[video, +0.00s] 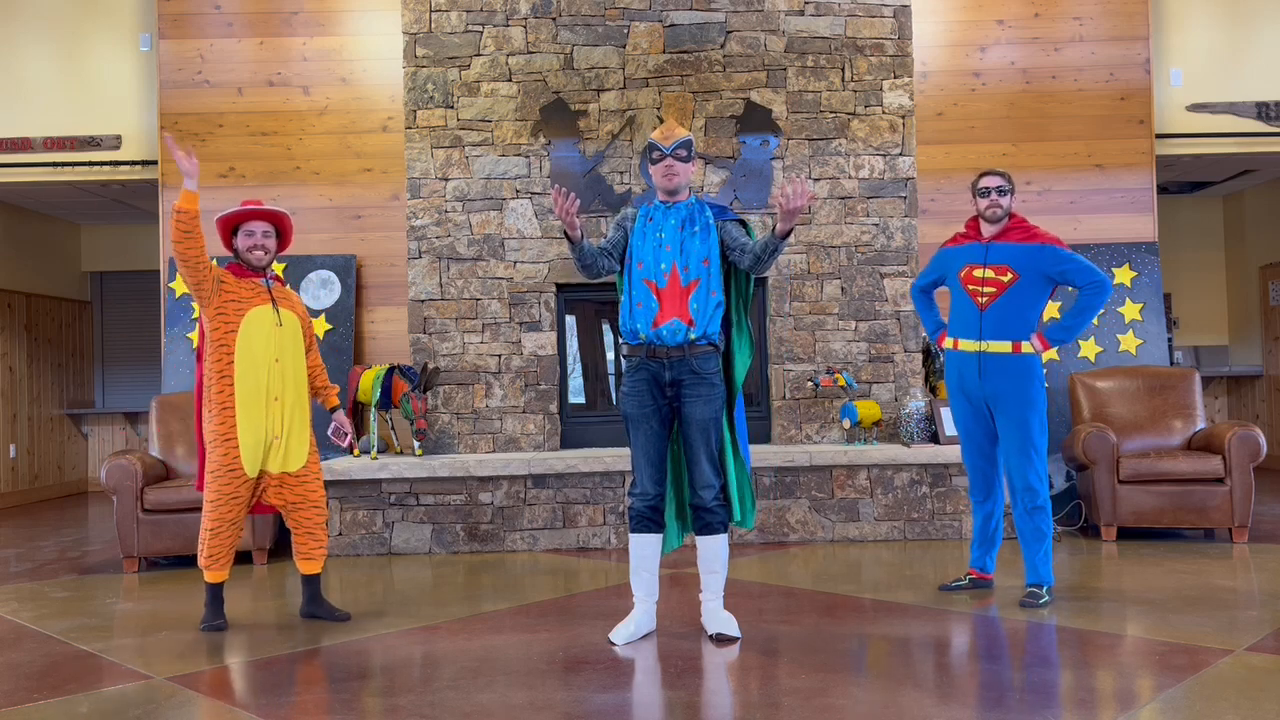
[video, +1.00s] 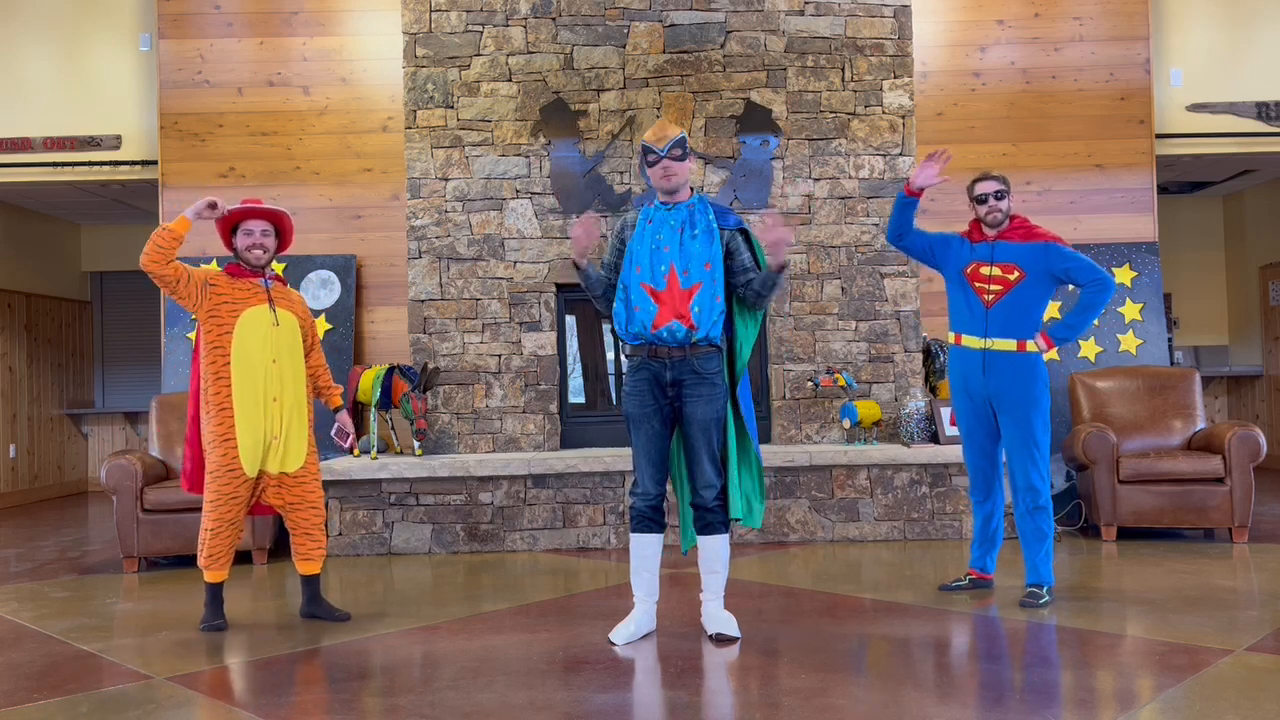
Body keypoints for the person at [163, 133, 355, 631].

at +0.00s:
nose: (258, 241)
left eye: (266, 235)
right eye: (248, 234)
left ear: (278, 244)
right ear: (233, 242)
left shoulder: (292, 299)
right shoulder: (215, 288)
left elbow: (311, 361)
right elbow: (186, 247)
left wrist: (334, 406)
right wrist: (190, 184)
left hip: (289, 422)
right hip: (232, 423)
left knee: (310, 504)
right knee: (222, 511)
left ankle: (312, 597)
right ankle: (214, 604)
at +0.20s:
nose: (258, 240)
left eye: (266, 233)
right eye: (249, 233)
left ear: (278, 244)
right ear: (234, 241)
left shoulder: (291, 298)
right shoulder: (213, 285)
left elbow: (312, 361)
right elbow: (178, 250)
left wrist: (339, 405)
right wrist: (191, 194)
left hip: (287, 422)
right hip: (230, 423)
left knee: (307, 503)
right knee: (222, 510)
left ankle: (312, 597)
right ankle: (214, 604)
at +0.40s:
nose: (257, 240)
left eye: (266, 233)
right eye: (248, 233)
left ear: (277, 243)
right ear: (233, 242)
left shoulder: (290, 298)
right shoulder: (212, 285)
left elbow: (310, 361)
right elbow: (177, 250)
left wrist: (338, 405)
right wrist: (189, 193)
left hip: (287, 421)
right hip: (231, 422)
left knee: (307, 503)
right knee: (222, 509)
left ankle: (312, 597)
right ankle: (214, 603)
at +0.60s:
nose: (257, 239)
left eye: (265, 233)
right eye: (247, 233)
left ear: (277, 243)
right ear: (233, 242)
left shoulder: (290, 298)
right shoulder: (211, 285)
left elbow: (310, 362)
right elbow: (171, 248)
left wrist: (333, 407)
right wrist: (185, 192)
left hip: (287, 421)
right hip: (230, 422)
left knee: (307, 504)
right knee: (223, 509)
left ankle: (312, 598)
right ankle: (214, 605)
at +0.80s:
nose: (258, 241)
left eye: (266, 234)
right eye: (249, 233)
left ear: (277, 243)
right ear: (233, 241)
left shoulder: (289, 298)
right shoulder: (209, 287)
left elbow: (312, 360)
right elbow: (161, 259)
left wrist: (333, 408)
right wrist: (189, 206)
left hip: (288, 422)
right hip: (231, 422)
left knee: (308, 507)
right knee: (223, 511)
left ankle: (313, 598)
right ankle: (214, 605)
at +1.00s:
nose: (257, 240)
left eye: (265, 235)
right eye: (248, 234)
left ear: (277, 244)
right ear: (233, 242)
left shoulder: (294, 300)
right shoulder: (209, 287)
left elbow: (314, 360)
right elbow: (154, 261)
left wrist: (339, 407)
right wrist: (188, 217)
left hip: (289, 422)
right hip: (231, 421)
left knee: (308, 502)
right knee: (223, 507)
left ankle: (313, 598)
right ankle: (213, 605)